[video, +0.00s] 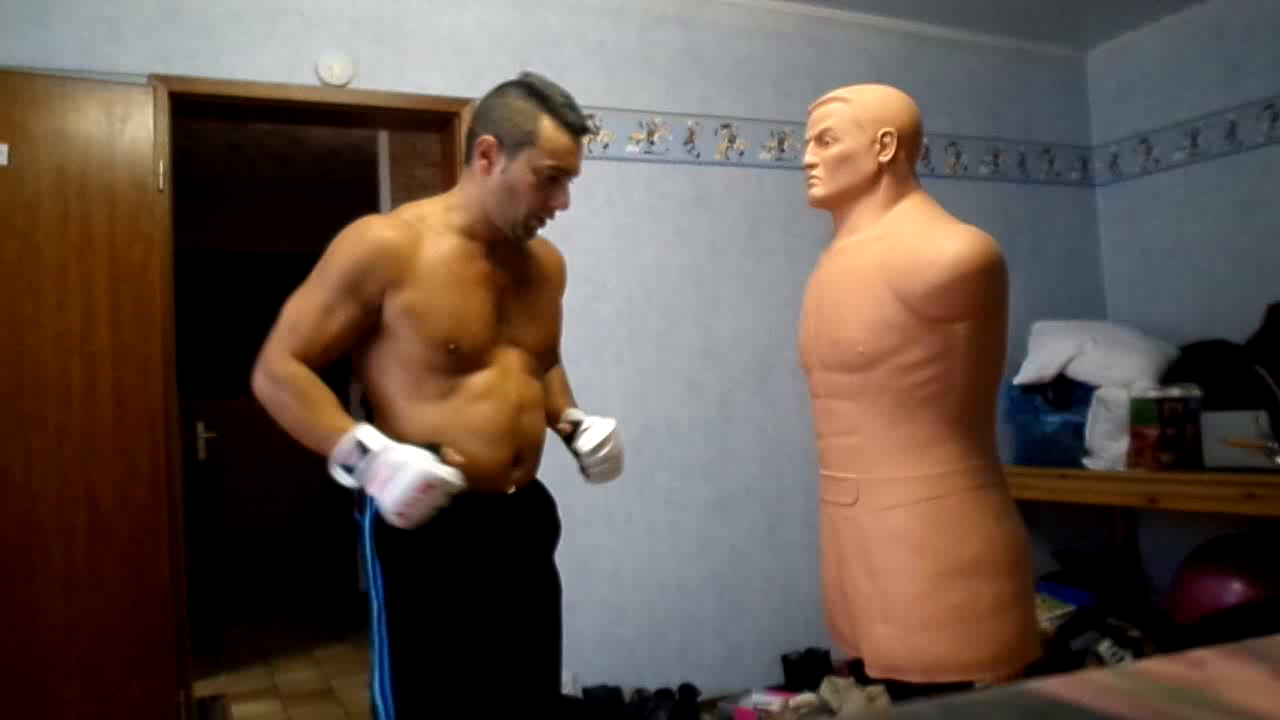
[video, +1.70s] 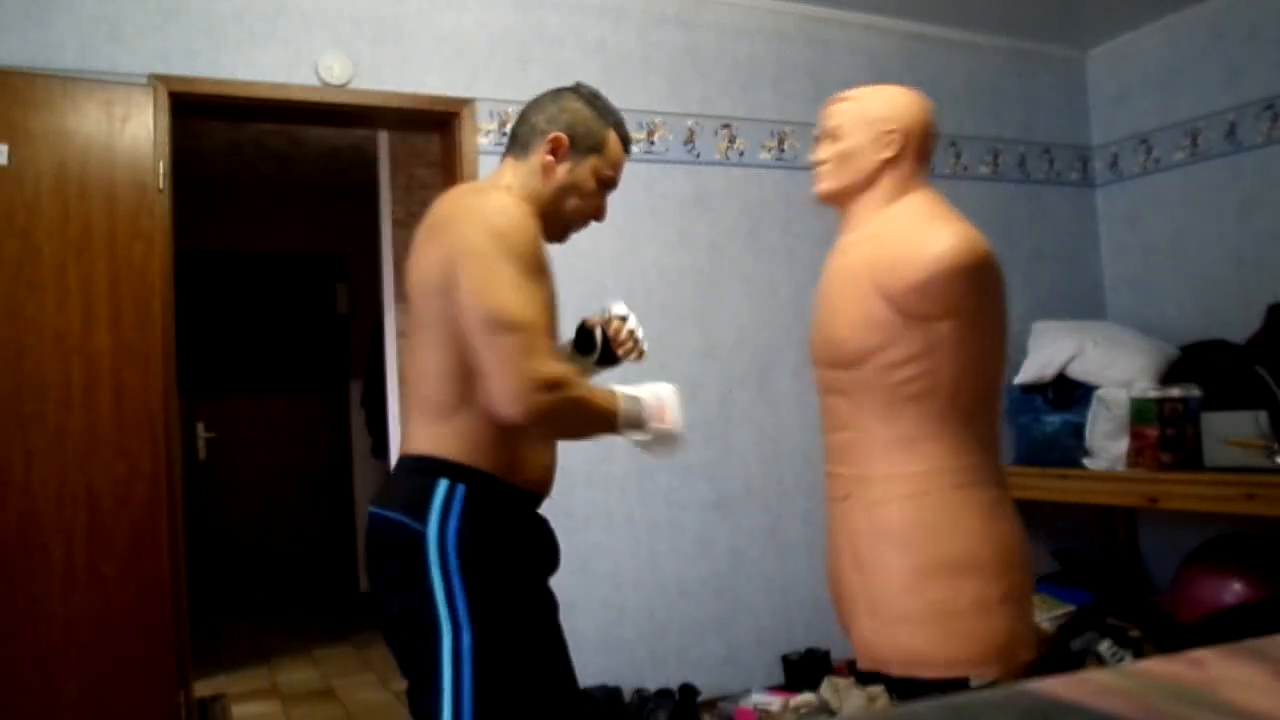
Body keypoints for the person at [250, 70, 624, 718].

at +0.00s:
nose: (562, 202)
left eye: (568, 182)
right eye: (550, 178)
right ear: (488, 156)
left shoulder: (544, 264)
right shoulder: (384, 246)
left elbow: (543, 364)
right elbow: (276, 370)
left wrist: (572, 422)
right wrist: (366, 458)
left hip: (520, 528)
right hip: (422, 531)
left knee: (530, 699)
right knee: (429, 708)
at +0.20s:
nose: (558, 204)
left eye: (565, 184)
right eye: (548, 179)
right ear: (490, 153)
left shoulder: (542, 264)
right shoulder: (380, 236)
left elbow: (557, 366)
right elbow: (291, 377)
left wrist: (584, 424)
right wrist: (413, 442)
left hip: (514, 522)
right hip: (415, 523)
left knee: (527, 696)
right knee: (417, 706)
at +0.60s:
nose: (500, 202)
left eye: (508, 179)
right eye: (493, 174)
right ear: (428, 142)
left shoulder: (472, 245)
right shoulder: (299, 220)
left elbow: (501, 379)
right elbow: (279, 398)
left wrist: (564, 344)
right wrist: (429, 336)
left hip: (462, 541)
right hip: (347, 546)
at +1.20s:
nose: (545, 195)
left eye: (552, 170)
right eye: (538, 166)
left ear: (469, 139)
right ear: (468, 136)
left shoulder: (508, 239)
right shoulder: (317, 219)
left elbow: (564, 320)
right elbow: (289, 407)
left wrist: (661, 328)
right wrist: (438, 327)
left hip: (473, 554)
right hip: (350, 559)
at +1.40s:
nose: (614, 220)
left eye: (622, 197)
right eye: (613, 191)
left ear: (557, 166)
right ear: (560, 164)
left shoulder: (526, 262)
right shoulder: (460, 222)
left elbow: (563, 388)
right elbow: (411, 373)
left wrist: (670, 372)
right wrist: (559, 348)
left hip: (491, 538)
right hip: (423, 532)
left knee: (545, 704)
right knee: (400, 709)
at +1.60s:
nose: (608, 218)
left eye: (617, 198)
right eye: (610, 192)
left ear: (557, 158)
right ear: (565, 161)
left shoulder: (463, 225)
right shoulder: (528, 221)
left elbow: (513, 382)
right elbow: (635, 371)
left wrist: (594, 361)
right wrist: (716, 373)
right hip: (472, 530)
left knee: (540, 707)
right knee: (469, 709)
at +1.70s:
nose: (602, 210)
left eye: (610, 191)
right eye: (602, 184)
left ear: (551, 155)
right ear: (555, 154)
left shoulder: (468, 213)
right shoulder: (490, 216)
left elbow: (481, 376)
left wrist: (582, 354)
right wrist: (631, 413)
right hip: (461, 523)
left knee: (531, 704)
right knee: (481, 709)